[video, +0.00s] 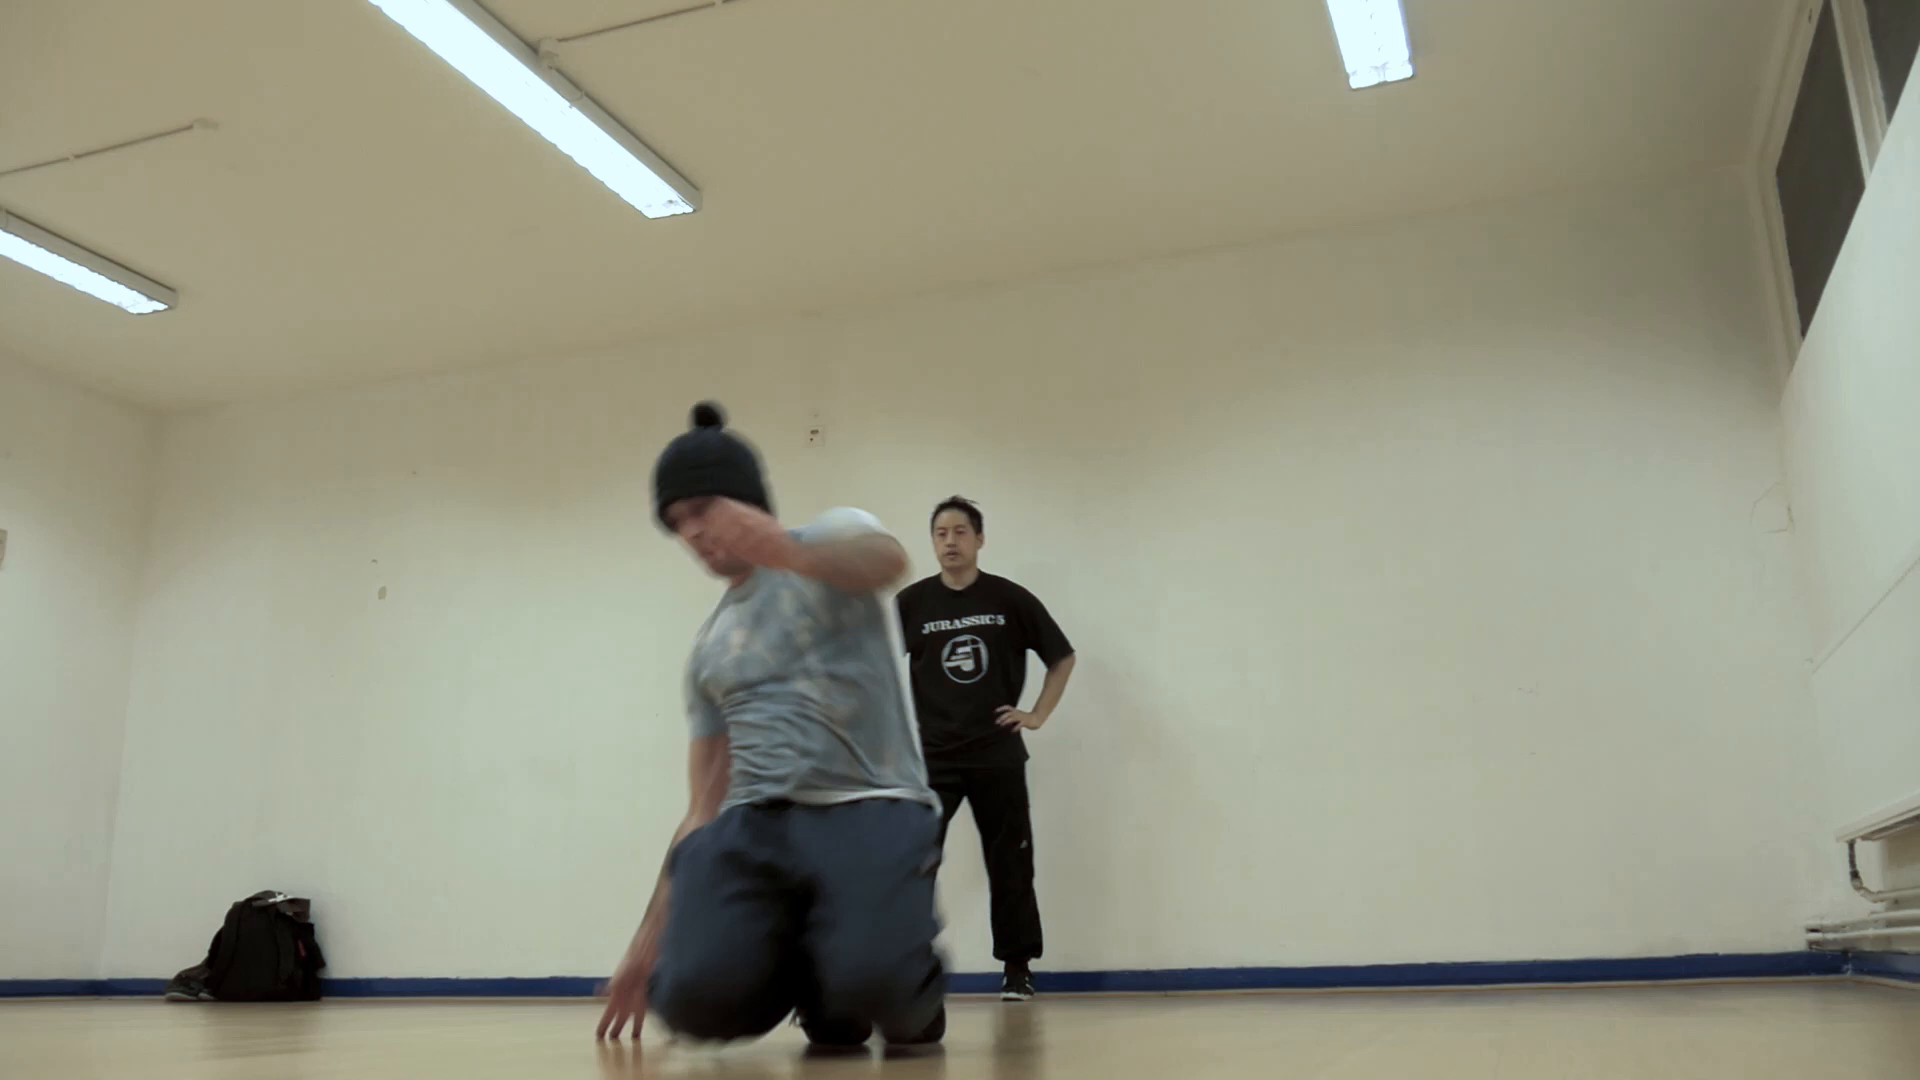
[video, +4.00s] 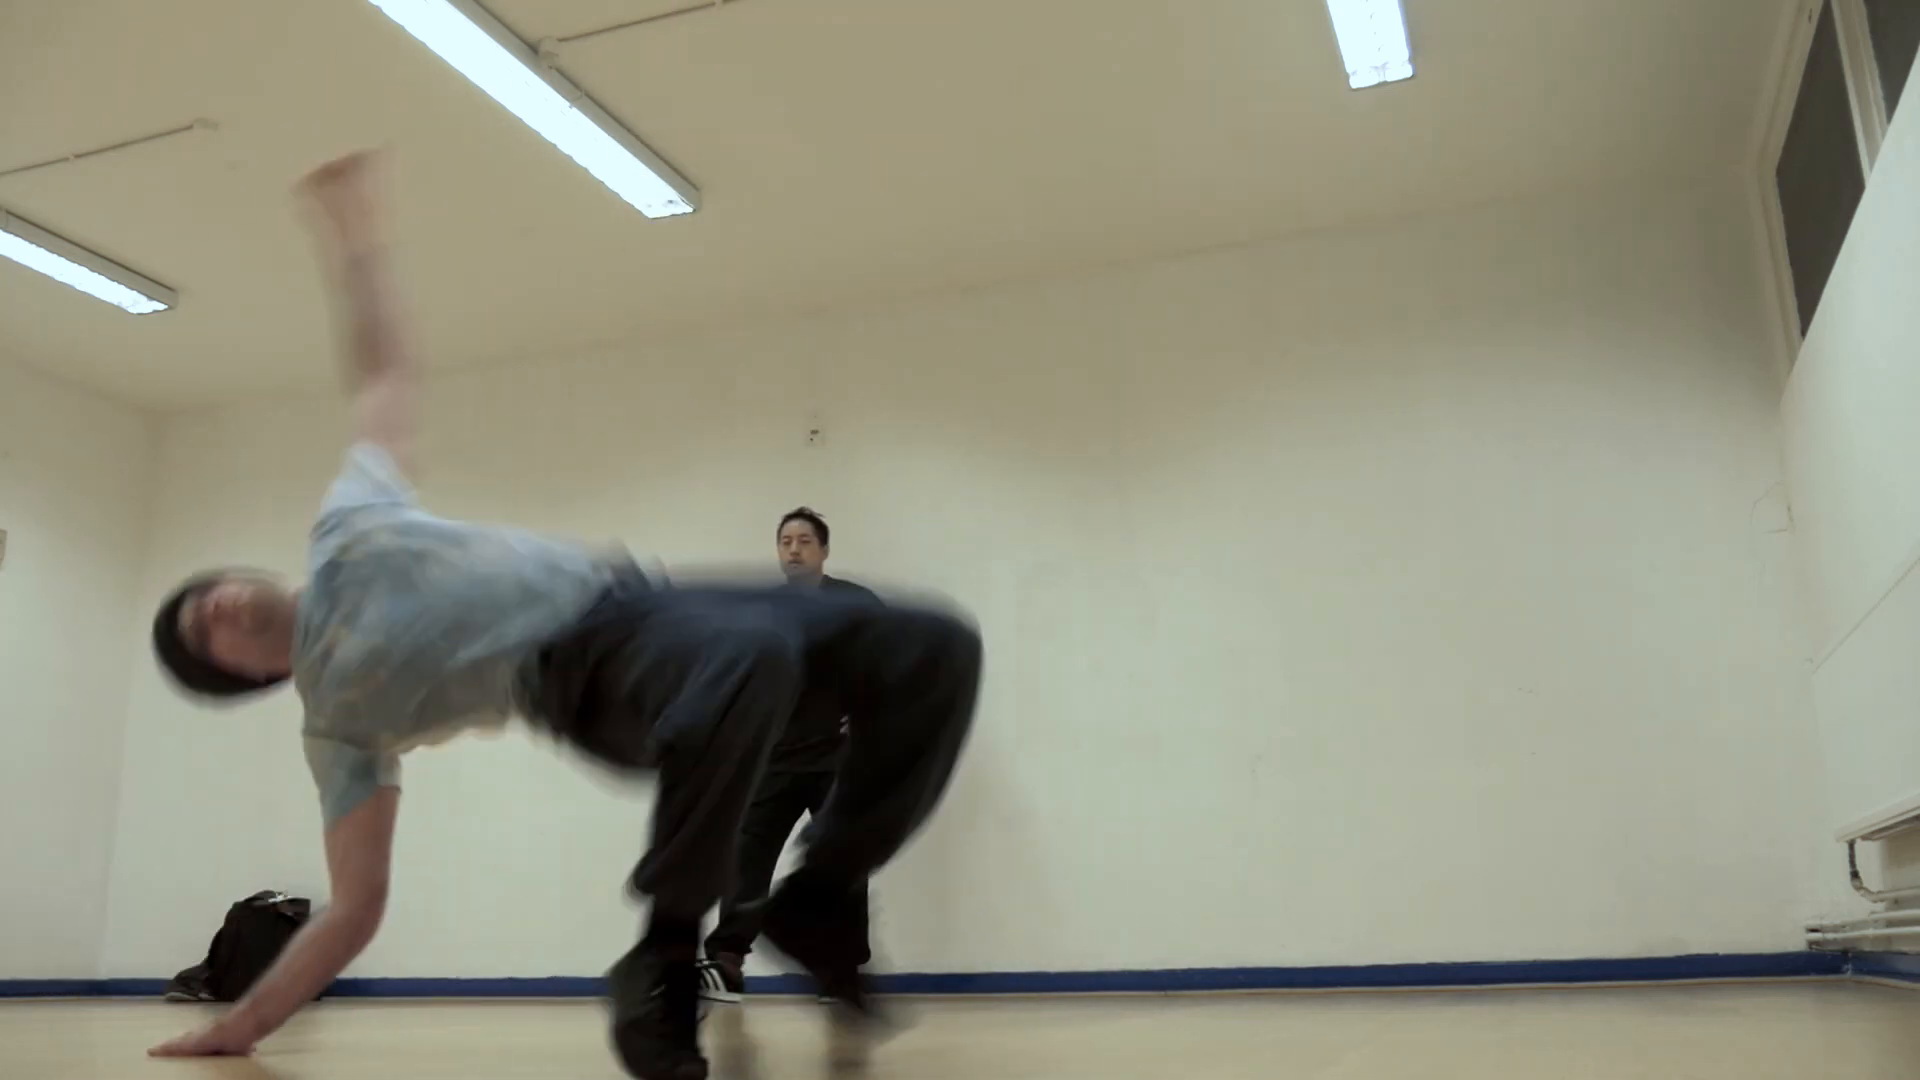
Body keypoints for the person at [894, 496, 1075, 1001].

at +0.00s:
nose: (951, 540)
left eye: (960, 531)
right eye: (942, 533)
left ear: (979, 539)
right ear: (931, 542)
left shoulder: (1010, 599)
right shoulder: (911, 602)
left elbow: (1061, 656)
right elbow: (872, 662)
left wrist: (1038, 714)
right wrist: (888, 724)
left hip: (996, 751)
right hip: (931, 753)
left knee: (1010, 863)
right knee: (910, 860)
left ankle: (1017, 969)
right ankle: (905, 977)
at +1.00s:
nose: (911, 557)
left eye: (921, 549)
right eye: (905, 550)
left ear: (943, 557)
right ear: (899, 560)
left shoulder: (968, 609)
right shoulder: (896, 621)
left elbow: (1018, 664)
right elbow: (887, 681)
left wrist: (990, 724)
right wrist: (886, 723)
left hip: (955, 758)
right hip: (900, 762)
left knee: (974, 859)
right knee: (908, 868)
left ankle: (1011, 966)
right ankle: (932, 969)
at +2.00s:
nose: (817, 547)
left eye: (828, 539)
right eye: (810, 539)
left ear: (850, 546)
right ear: (804, 547)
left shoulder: (871, 598)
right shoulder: (803, 610)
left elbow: (921, 653)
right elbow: (803, 682)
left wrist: (890, 715)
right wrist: (807, 731)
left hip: (860, 746)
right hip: (814, 750)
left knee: (849, 856)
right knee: (802, 863)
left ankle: (849, 970)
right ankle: (887, 934)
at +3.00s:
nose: (669, 538)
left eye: (679, 528)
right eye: (660, 530)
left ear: (700, 535)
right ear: (652, 541)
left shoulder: (737, 583)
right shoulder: (651, 609)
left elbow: (799, 632)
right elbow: (653, 677)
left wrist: (786, 702)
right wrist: (664, 736)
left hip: (746, 741)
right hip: (690, 747)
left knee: (742, 847)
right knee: (702, 845)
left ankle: (731, 956)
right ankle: (708, 954)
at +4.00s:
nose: (794, 550)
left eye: (805, 541)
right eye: (786, 541)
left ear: (825, 550)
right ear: (776, 551)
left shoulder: (857, 604)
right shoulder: (763, 609)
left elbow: (887, 685)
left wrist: (866, 754)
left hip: (836, 757)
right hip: (774, 757)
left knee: (843, 853)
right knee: (750, 853)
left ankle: (844, 966)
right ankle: (726, 959)